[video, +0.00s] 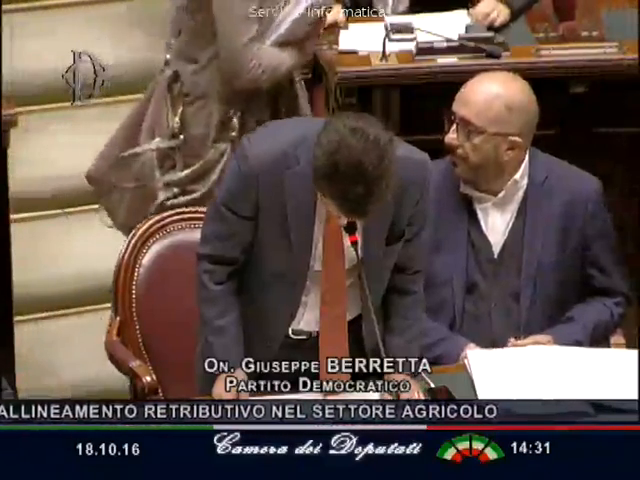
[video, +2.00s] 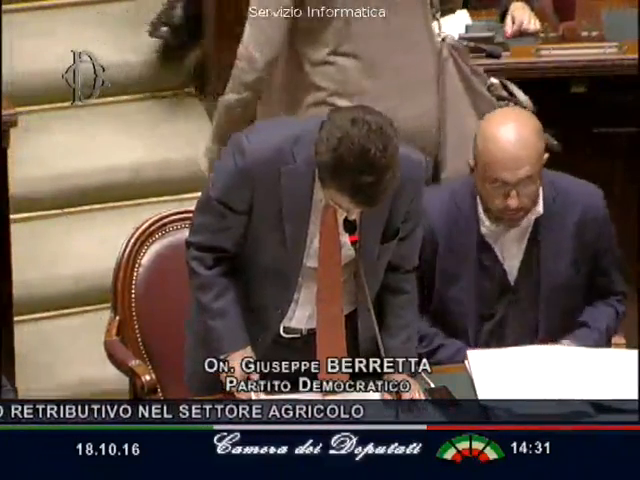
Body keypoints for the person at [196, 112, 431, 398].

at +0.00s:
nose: (345, 219)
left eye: (357, 215)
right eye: (338, 211)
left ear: (387, 176)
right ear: (317, 181)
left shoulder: (412, 172)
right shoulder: (258, 162)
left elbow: (408, 279)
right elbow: (216, 265)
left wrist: (403, 367)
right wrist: (226, 367)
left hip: (358, 335)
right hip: (272, 340)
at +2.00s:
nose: (351, 215)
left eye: (363, 207)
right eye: (341, 204)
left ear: (389, 175)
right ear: (321, 169)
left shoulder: (409, 175)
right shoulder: (253, 160)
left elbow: (401, 276)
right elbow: (207, 254)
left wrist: (401, 366)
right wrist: (234, 347)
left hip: (350, 333)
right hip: (264, 338)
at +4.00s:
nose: (354, 211)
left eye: (365, 203)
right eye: (343, 200)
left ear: (391, 173)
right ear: (322, 164)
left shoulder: (407, 175)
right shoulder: (253, 155)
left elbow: (400, 276)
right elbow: (200, 245)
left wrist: (401, 367)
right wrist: (227, 340)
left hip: (345, 337)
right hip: (257, 341)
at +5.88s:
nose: (353, 214)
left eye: (366, 205)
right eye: (342, 200)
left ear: (396, 177)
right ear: (324, 161)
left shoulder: (410, 178)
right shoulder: (256, 157)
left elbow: (403, 276)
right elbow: (206, 246)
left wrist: (401, 366)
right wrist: (231, 342)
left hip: (350, 337)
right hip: (263, 340)